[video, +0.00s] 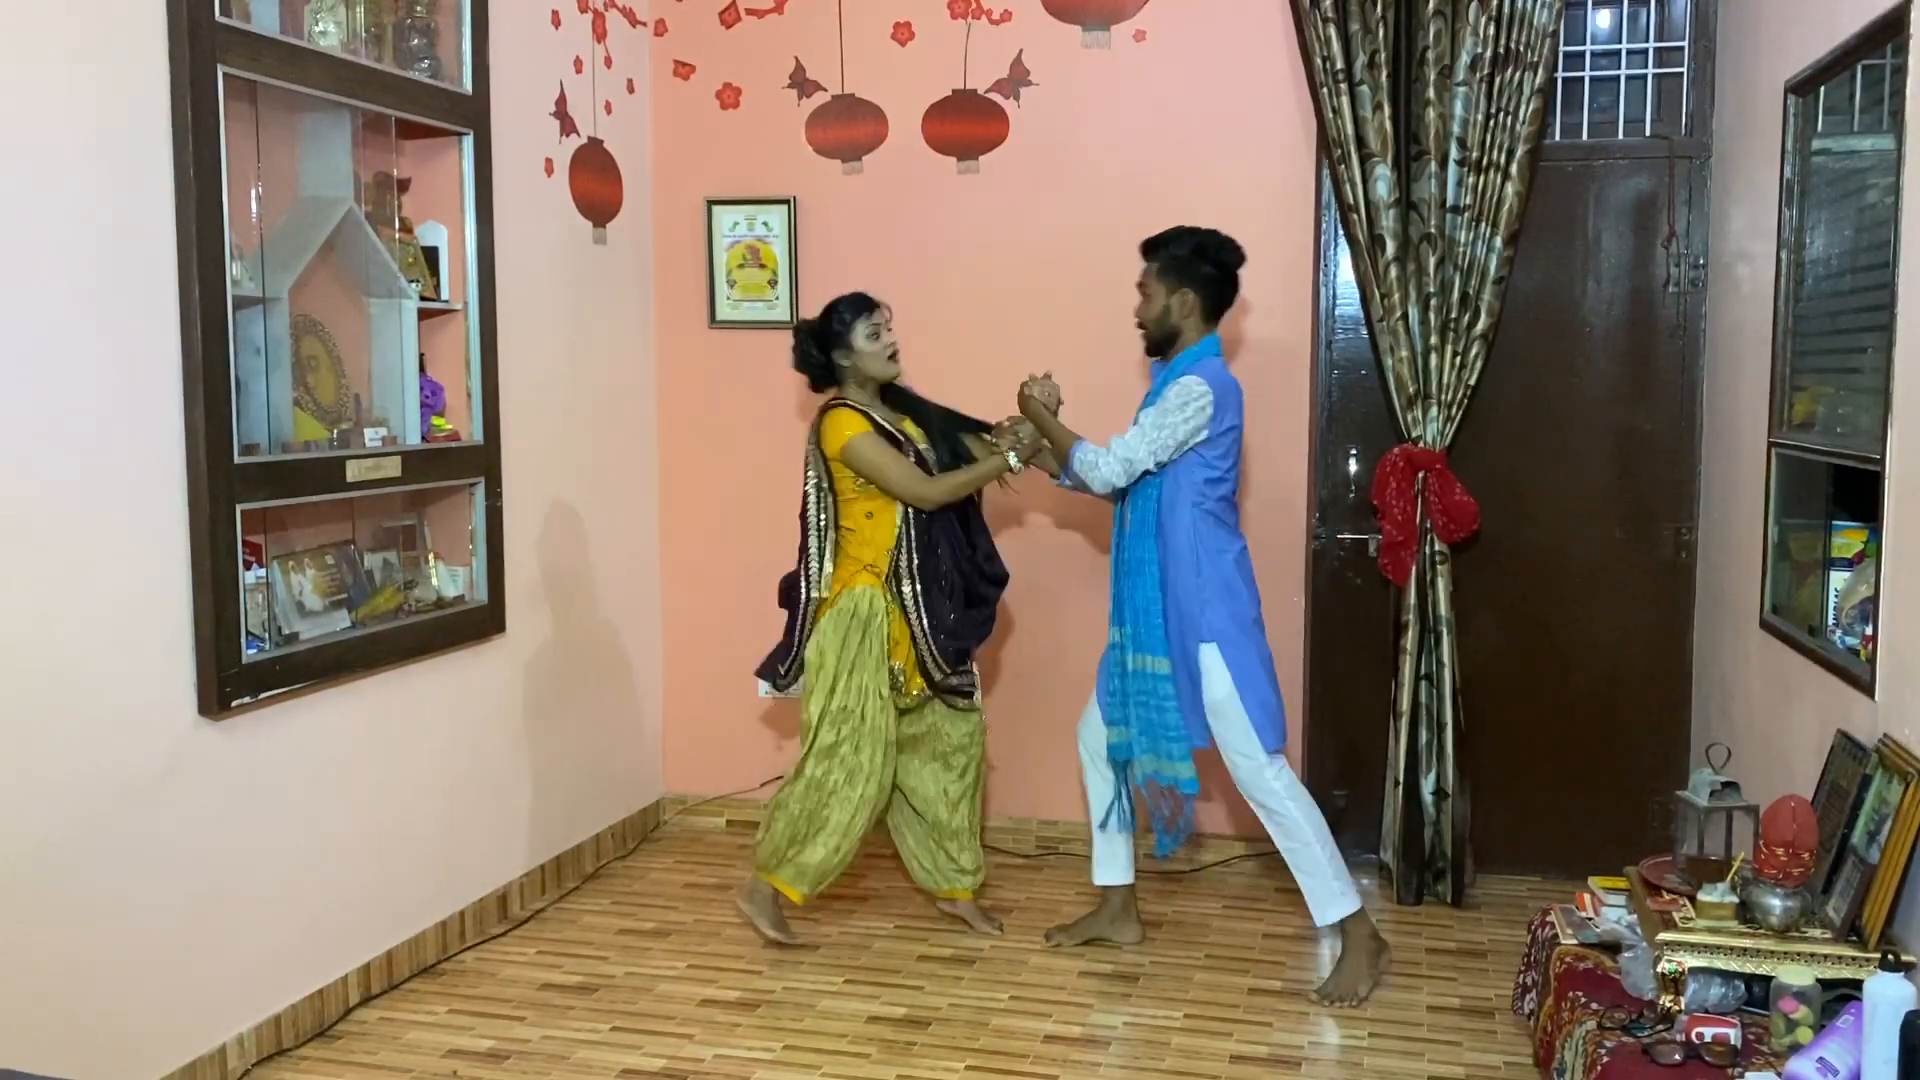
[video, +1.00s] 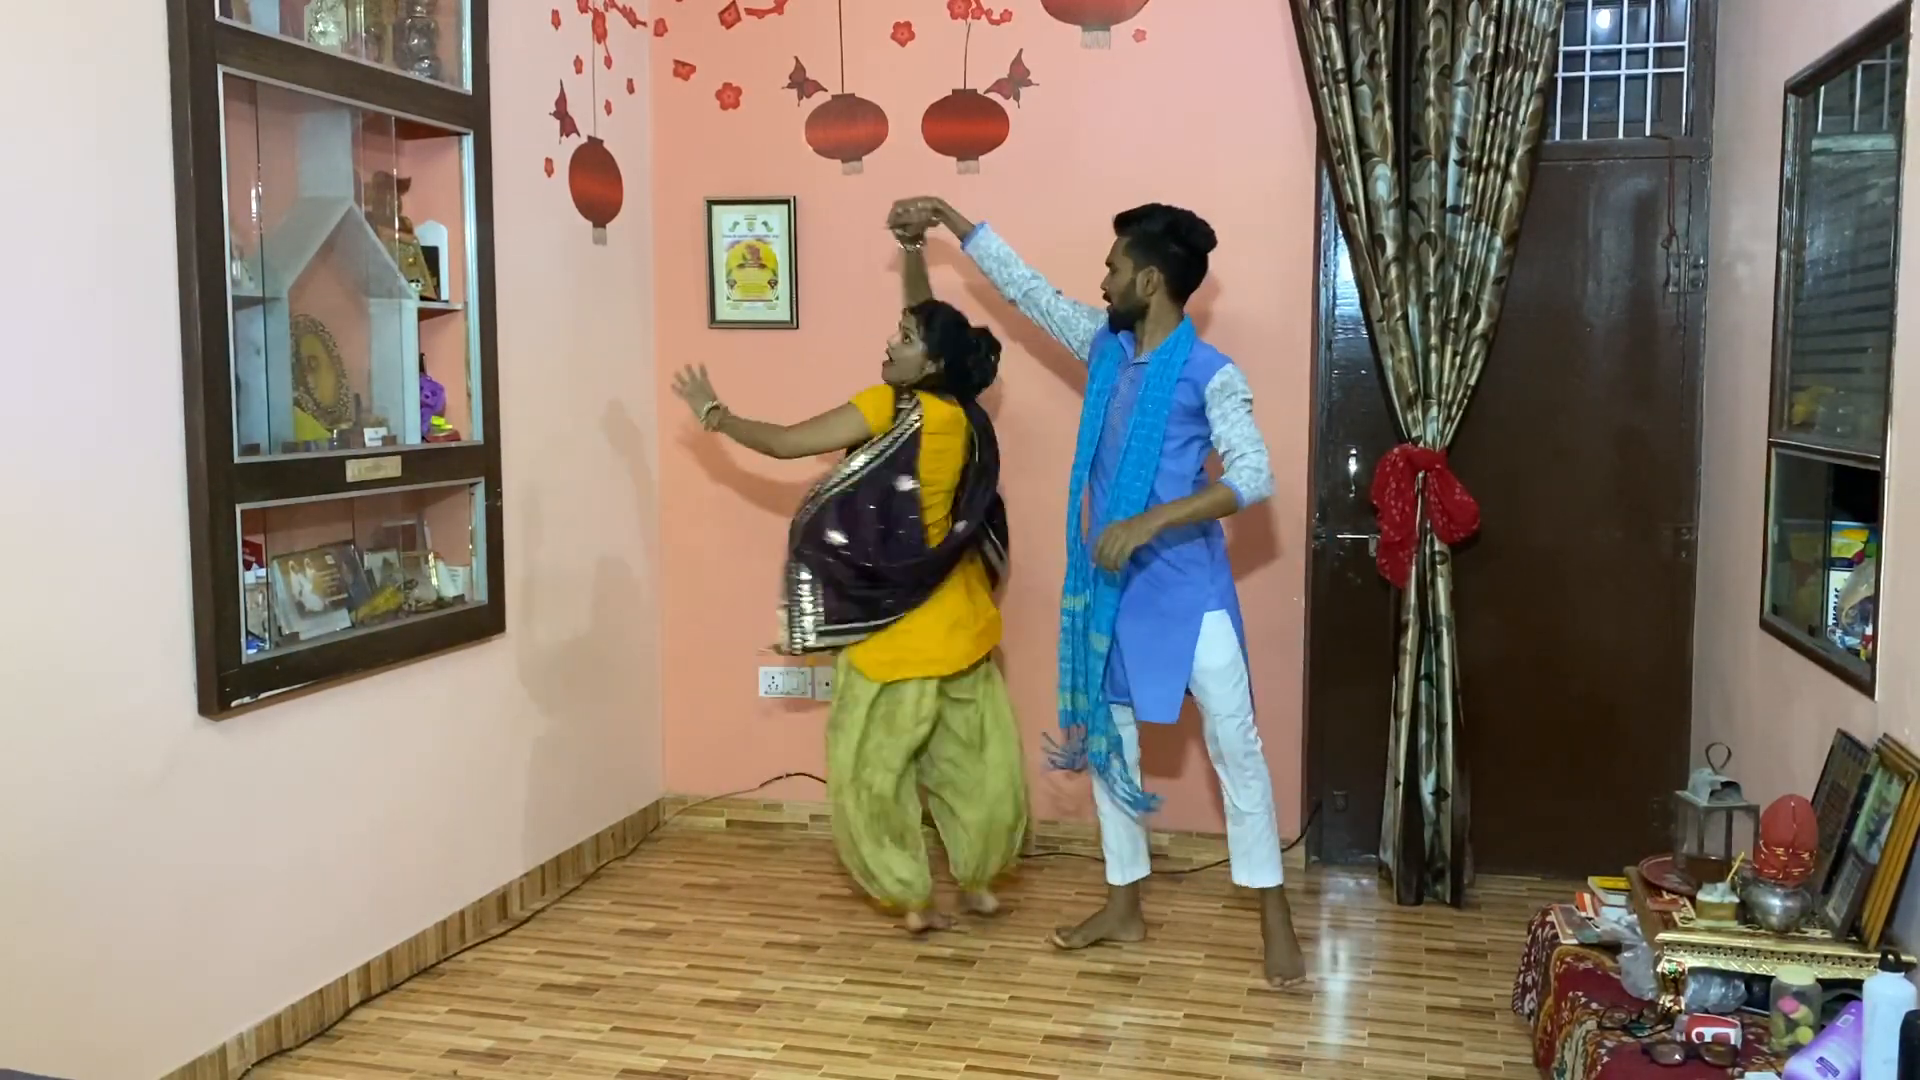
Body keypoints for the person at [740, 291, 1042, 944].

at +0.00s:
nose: (892, 342)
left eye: (889, 331)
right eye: (875, 336)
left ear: (885, 343)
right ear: (841, 356)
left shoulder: (899, 415)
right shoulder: (841, 422)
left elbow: (969, 447)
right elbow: (924, 491)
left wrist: (1029, 428)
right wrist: (1000, 462)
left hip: (915, 606)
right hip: (861, 606)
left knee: (954, 735)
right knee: (853, 751)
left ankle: (952, 882)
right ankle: (769, 884)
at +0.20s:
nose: (815, 430)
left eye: (816, 418)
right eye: (801, 421)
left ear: (817, 419)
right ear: (761, 430)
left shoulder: (828, 462)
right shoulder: (771, 492)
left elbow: (913, 447)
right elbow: (874, 481)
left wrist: (991, 437)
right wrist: (975, 461)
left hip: (906, 636)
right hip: (848, 636)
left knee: (978, 745)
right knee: (820, 764)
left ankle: (956, 892)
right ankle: (739, 899)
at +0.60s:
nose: (883, 361)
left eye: (875, 351)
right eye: (869, 356)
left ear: (853, 381)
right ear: (842, 381)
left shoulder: (890, 442)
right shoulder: (838, 459)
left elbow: (940, 493)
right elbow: (924, 525)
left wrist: (1003, 477)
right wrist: (1015, 521)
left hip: (876, 630)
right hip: (812, 631)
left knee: (916, 757)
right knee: (791, 770)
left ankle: (898, 904)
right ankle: (737, 908)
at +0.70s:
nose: (924, 384)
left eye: (916, 375)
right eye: (913, 378)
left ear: (881, 406)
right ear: (892, 402)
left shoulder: (884, 465)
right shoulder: (890, 476)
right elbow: (962, 547)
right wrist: (1026, 518)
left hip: (873, 638)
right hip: (835, 637)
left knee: (921, 757)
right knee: (835, 772)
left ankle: (897, 903)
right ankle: (743, 892)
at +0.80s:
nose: (947, 394)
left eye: (935, 384)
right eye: (943, 386)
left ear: (881, 392)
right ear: (940, 398)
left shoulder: (852, 434)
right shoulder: (944, 469)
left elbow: (788, 469)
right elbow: (1008, 504)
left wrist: (819, 528)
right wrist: (1019, 443)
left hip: (829, 629)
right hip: (896, 633)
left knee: (865, 763)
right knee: (916, 771)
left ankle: (898, 906)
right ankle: (801, 858)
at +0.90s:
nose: (890, 369)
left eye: (897, 363)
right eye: (898, 360)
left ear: (905, 377)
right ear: (962, 385)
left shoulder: (864, 418)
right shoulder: (968, 443)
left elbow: (760, 444)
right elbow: (990, 386)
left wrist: (738, 463)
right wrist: (968, 318)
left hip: (862, 622)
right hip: (938, 626)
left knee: (858, 763)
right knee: (931, 765)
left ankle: (890, 897)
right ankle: (917, 898)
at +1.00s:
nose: (891, 345)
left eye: (904, 341)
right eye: (898, 336)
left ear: (932, 362)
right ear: (946, 365)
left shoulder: (889, 408)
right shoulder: (967, 416)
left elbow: (788, 442)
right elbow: (928, 329)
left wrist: (715, 414)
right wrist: (914, 250)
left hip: (897, 633)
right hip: (967, 627)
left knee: (870, 769)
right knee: (970, 759)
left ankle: (913, 902)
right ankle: (977, 882)